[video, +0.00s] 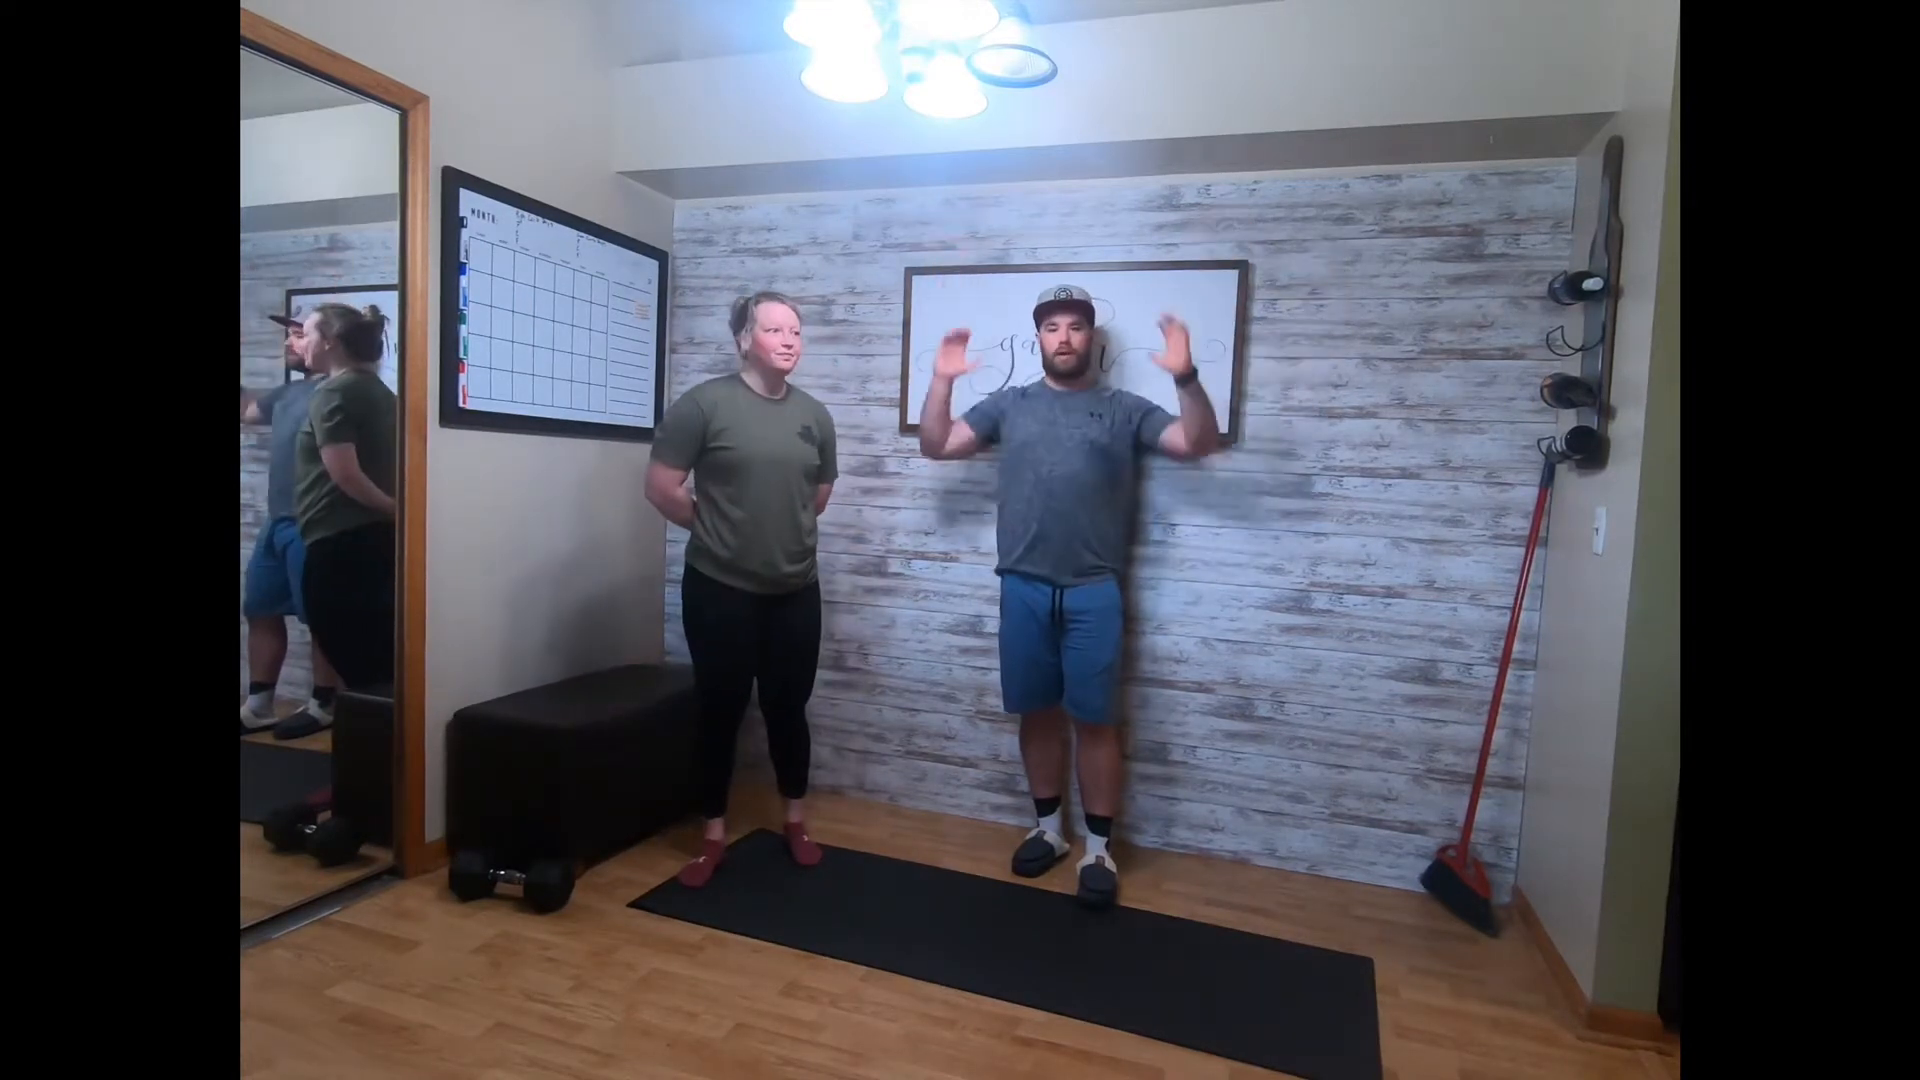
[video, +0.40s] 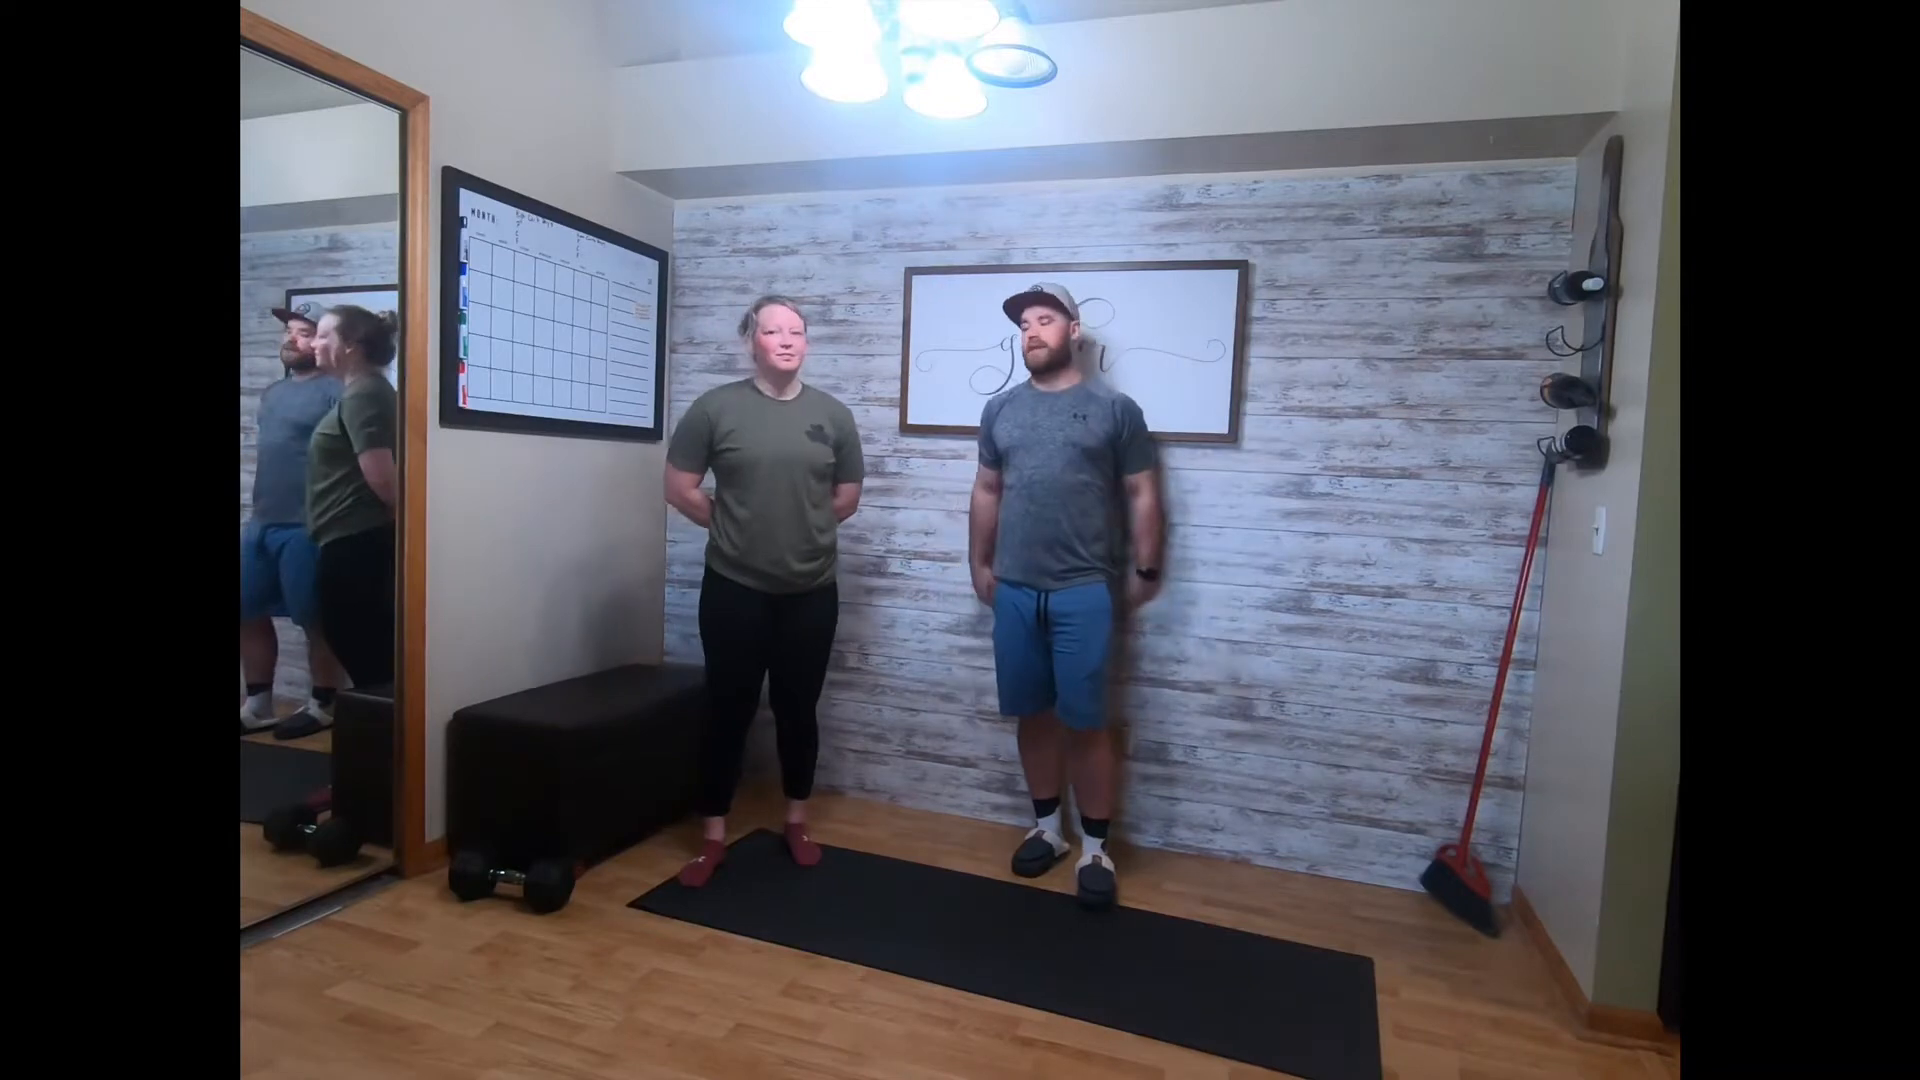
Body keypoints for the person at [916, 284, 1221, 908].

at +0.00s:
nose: (1064, 336)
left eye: (1076, 327)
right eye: (1053, 328)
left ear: (1093, 339)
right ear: (1038, 340)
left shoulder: (1122, 408)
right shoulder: (1012, 404)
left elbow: (1199, 440)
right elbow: (937, 443)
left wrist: (1185, 376)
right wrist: (942, 378)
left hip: (1094, 579)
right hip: (1024, 577)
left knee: (1093, 715)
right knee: (1036, 709)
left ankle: (1097, 851)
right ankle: (1048, 831)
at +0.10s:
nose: (1057, 337)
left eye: (1069, 327)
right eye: (1046, 328)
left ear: (1088, 337)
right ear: (1033, 339)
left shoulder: (1116, 410)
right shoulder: (1008, 408)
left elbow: (1175, 481)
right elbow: (976, 480)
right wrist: (948, 471)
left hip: (1092, 581)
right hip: (1023, 580)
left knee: (1094, 716)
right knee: (1036, 710)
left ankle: (1098, 851)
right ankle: (1048, 830)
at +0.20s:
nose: (1049, 338)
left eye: (1062, 327)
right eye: (1038, 329)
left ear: (1083, 337)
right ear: (1028, 339)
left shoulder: (1115, 411)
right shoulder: (1008, 411)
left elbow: (1149, 490)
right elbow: (986, 490)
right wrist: (950, 550)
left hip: (1089, 583)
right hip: (1020, 582)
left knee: (1091, 716)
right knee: (1033, 710)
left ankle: (1098, 850)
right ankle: (1047, 829)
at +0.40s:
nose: (1030, 333)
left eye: (1042, 323)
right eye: (1024, 327)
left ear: (1072, 331)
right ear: (1020, 339)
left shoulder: (1114, 408)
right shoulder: (1002, 408)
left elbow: (1143, 492)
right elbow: (986, 489)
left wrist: (1146, 570)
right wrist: (980, 563)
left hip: (1087, 581)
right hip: (1014, 580)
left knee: (1086, 717)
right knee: (1031, 711)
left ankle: (1094, 850)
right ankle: (1047, 829)